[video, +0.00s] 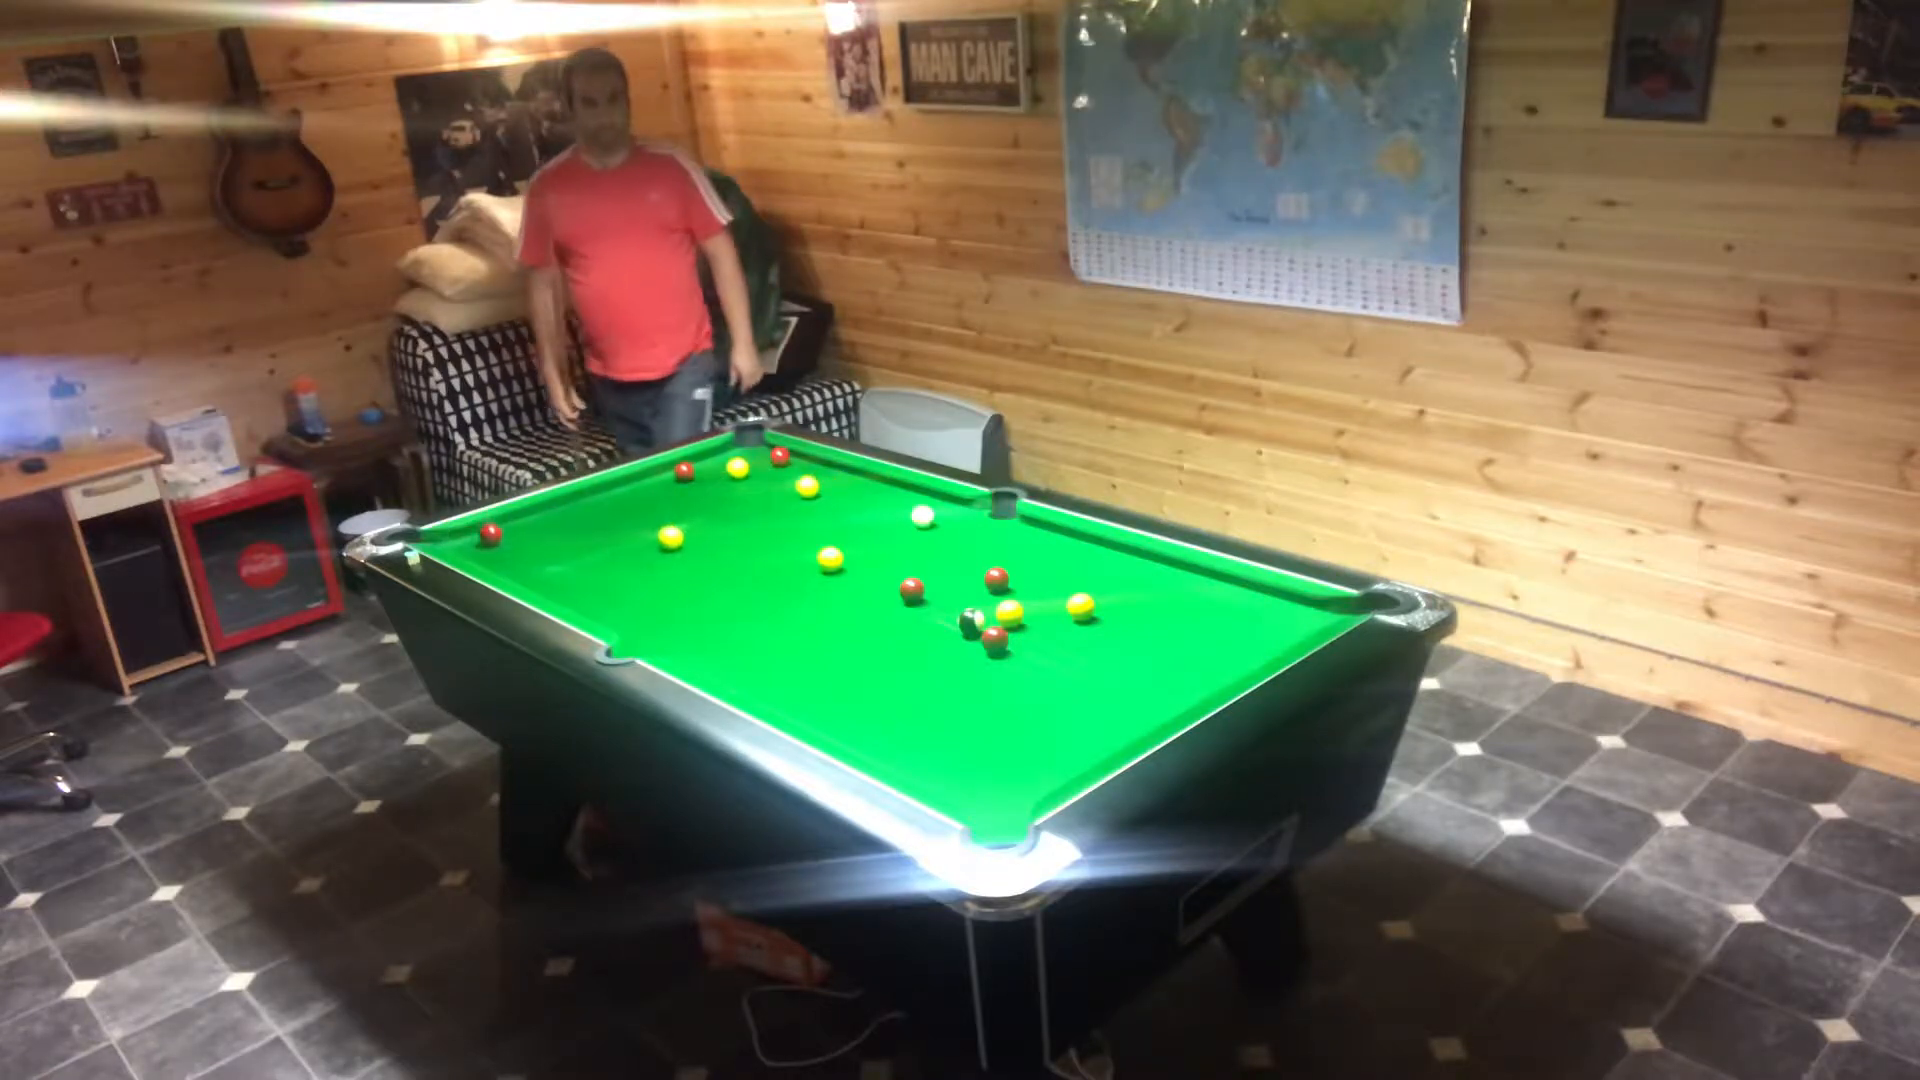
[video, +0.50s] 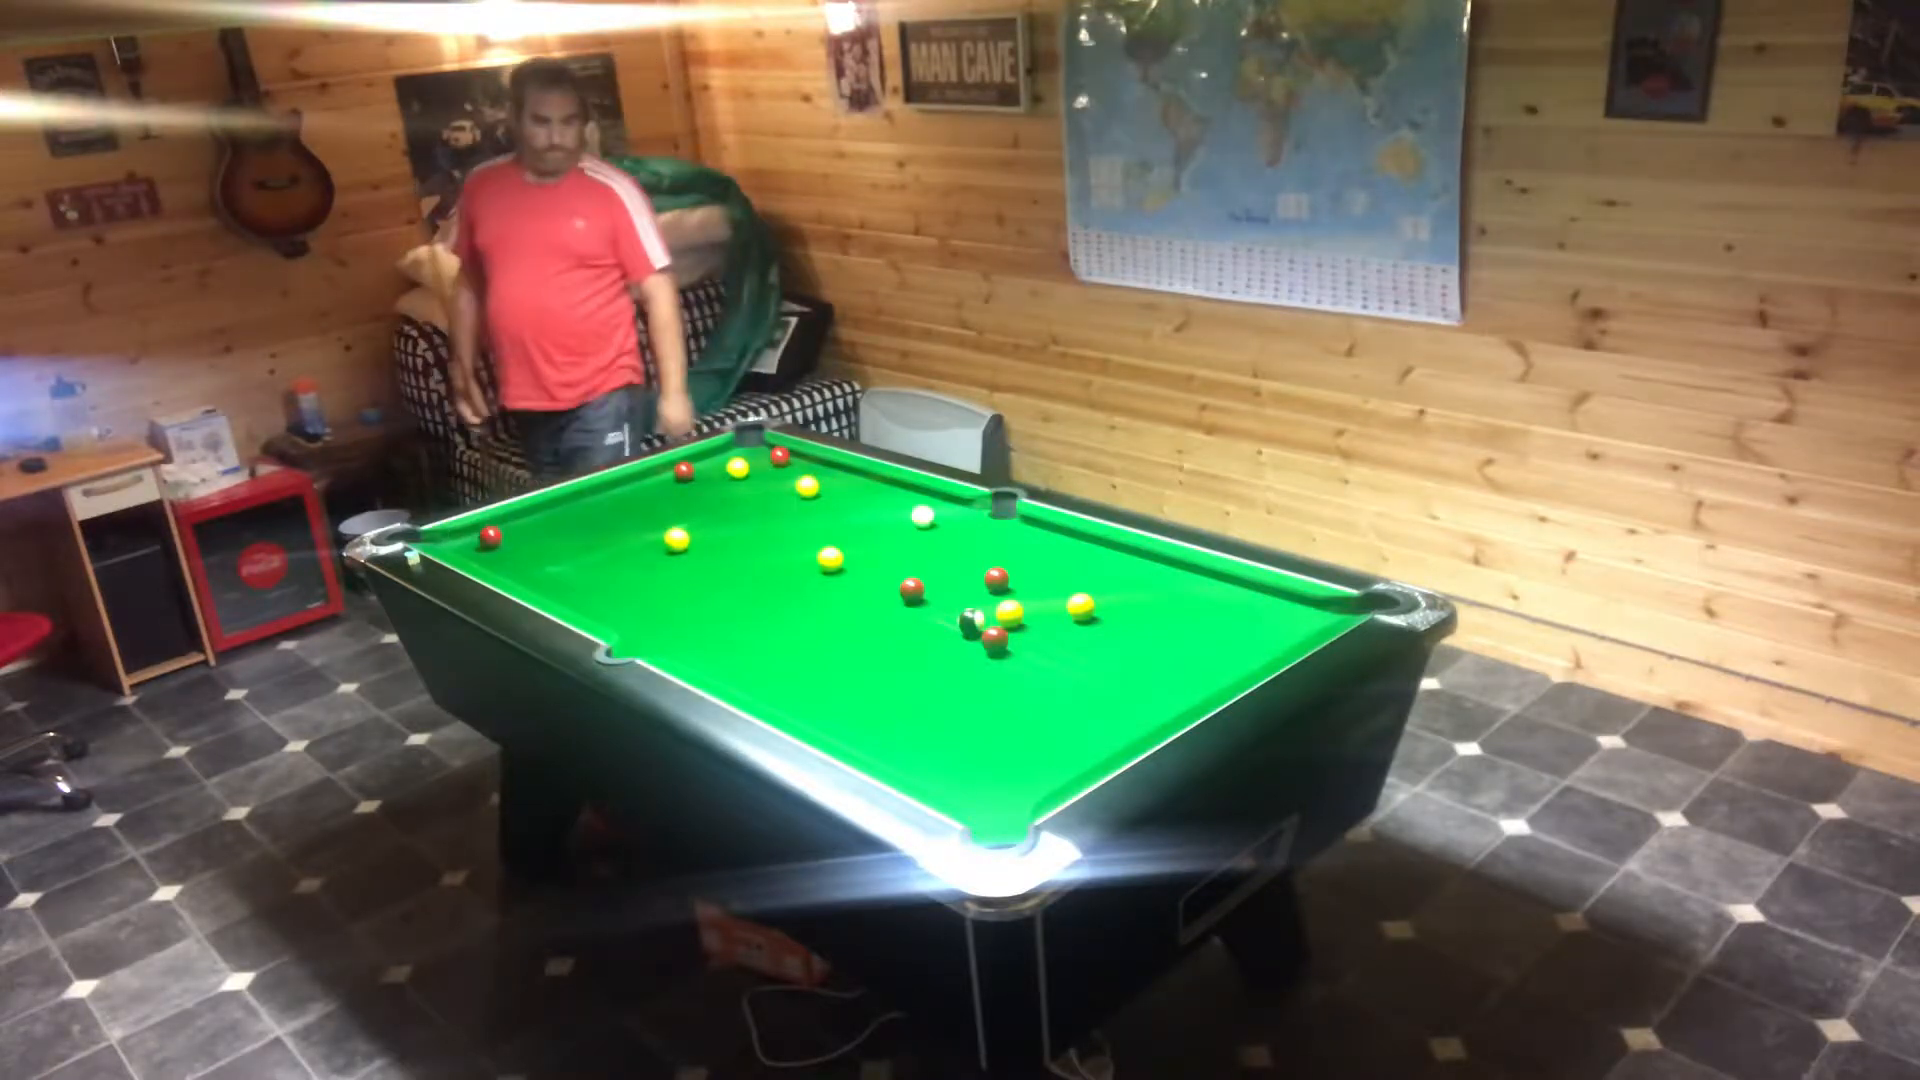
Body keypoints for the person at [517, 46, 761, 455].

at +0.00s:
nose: (604, 115)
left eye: (613, 100)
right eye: (589, 104)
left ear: (628, 103)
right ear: (568, 110)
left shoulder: (673, 169)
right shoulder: (547, 188)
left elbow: (721, 251)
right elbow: (542, 282)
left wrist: (744, 344)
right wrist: (553, 374)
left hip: (685, 369)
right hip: (612, 379)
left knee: (682, 495)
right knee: (646, 501)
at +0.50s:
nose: (555, 137)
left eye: (568, 122)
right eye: (540, 122)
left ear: (585, 125)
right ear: (515, 124)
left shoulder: (614, 191)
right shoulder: (481, 189)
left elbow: (659, 291)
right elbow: (468, 284)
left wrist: (674, 392)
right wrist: (463, 368)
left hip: (605, 398)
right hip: (526, 406)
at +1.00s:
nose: (430, 171)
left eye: (444, 153)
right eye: (413, 155)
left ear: (467, 143)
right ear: (390, 154)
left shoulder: (498, 221)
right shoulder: (373, 229)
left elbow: (554, 328)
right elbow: (366, 330)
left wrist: (489, 419)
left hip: (502, 452)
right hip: (416, 456)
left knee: (517, 591)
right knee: (424, 591)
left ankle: (539, 718)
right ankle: (428, 709)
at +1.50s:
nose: (298, 190)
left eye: (313, 171)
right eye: (279, 175)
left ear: (333, 167)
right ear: (249, 178)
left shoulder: (372, 241)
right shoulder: (233, 253)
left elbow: (433, 354)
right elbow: (216, 359)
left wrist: (397, 447)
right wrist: (207, 457)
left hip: (372, 485)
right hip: (291, 493)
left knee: (349, 644)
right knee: (364, 615)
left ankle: (371, 775)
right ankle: (421, 715)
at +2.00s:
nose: (222, 219)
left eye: (235, 199)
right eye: (200, 203)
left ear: (247, 191)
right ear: (153, 198)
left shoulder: (282, 284)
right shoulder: (85, 289)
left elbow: (338, 398)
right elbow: (45, 428)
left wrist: (369, 504)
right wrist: (60, 544)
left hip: (262, 555)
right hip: (148, 563)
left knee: (273, 722)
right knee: (179, 719)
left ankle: (282, 852)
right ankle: (270, 752)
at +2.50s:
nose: (131, 252)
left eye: (140, 232)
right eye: (107, 233)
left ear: (149, 225)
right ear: (37, 232)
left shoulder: (179, 328)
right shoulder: (5, 339)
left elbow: (255, 437)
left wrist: (339, 532)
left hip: (184, 635)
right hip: (49, 655)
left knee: (237, 772)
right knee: (111, 856)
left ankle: (273, 839)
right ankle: (157, 1019)